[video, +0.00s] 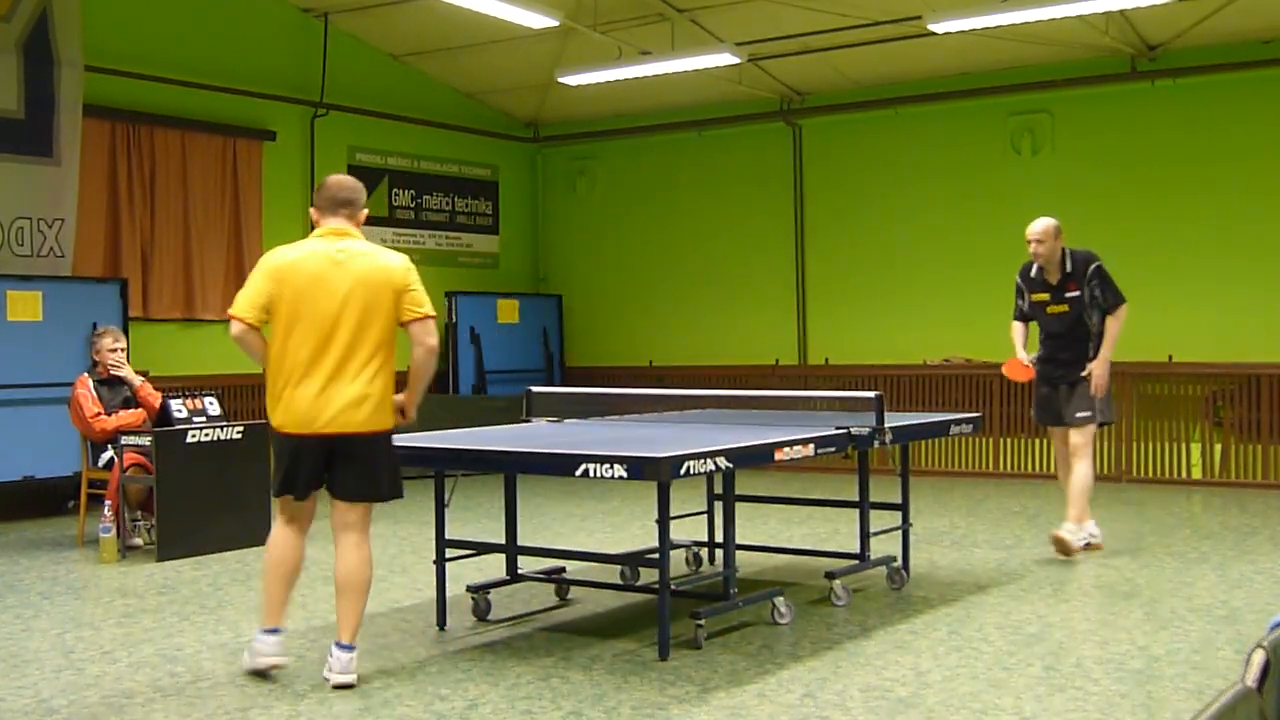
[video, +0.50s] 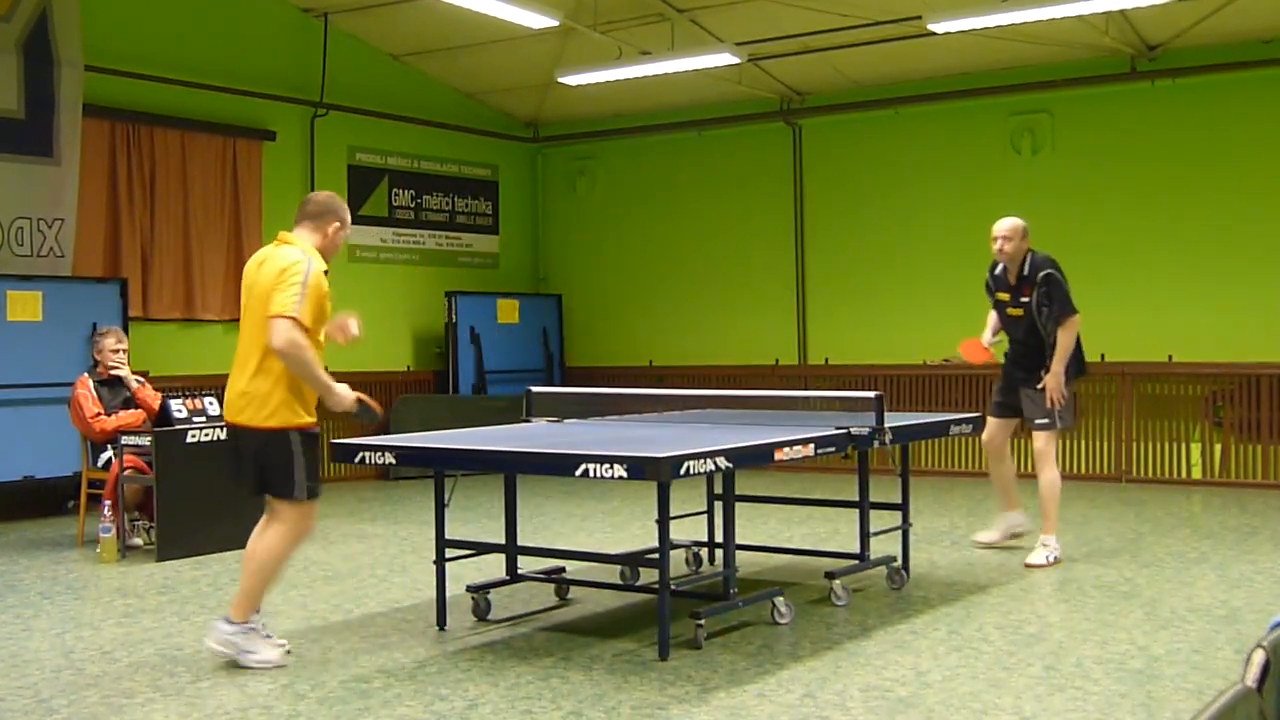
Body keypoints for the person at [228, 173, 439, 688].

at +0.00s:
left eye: (317, 213)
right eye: (363, 213)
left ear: (313, 215)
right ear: (364, 216)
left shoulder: (280, 261)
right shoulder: (393, 265)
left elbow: (241, 328)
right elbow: (427, 341)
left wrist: (277, 364)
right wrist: (412, 398)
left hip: (296, 420)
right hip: (364, 422)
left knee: (289, 521)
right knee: (353, 530)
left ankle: (269, 639)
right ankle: (344, 655)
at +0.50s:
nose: (342, 244)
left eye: (344, 237)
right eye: (344, 236)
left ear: (302, 221)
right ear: (333, 229)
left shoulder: (262, 259)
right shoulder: (303, 264)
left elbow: (269, 330)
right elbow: (285, 338)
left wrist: (325, 330)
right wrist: (330, 389)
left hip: (253, 410)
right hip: (280, 414)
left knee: (276, 515)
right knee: (296, 517)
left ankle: (245, 622)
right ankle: (236, 624)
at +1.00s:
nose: (387, 301)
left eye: (390, 292)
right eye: (385, 292)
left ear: (361, 285)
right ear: (358, 284)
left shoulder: (356, 328)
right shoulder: (293, 310)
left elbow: (360, 389)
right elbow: (269, 386)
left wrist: (398, 421)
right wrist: (336, 411)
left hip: (303, 426)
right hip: (248, 423)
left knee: (340, 514)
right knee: (258, 524)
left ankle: (333, 618)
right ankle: (220, 633)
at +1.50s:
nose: (374, 363)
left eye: (378, 354)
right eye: (370, 352)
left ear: (347, 344)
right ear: (341, 340)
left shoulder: (352, 376)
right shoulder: (287, 356)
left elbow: (352, 441)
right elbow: (285, 433)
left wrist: (404, 433)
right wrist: (349, 436)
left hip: (290, 456)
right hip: (231, 454)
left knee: (348, 516)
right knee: (198, 548)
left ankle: (334, 617)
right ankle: (136, 624)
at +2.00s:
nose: (368, 382)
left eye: (371, 373)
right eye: (362, 372)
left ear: (340, 368)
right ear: (330, 367)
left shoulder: (350, 396)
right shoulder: (283, 382)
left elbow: (349, 464)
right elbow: (288, 458)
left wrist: (391, 446)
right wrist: (361, 449)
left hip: (286, 480)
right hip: (232, 478)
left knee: (356, 515)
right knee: (199, 561)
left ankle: (335, 616)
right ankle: (139, 624)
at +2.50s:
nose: (342, 365)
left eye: (344, 356)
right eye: (335, 356)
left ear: (340, 353)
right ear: (304, 350)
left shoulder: (332, 379)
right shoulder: (259, 370)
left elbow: (347, 440)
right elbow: (280, 439)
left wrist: (394, 441)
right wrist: (347, 432)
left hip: (286, 474)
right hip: (227, 476)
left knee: (353, 516)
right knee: (196, 562)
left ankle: (335, 617)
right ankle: (141, 623)